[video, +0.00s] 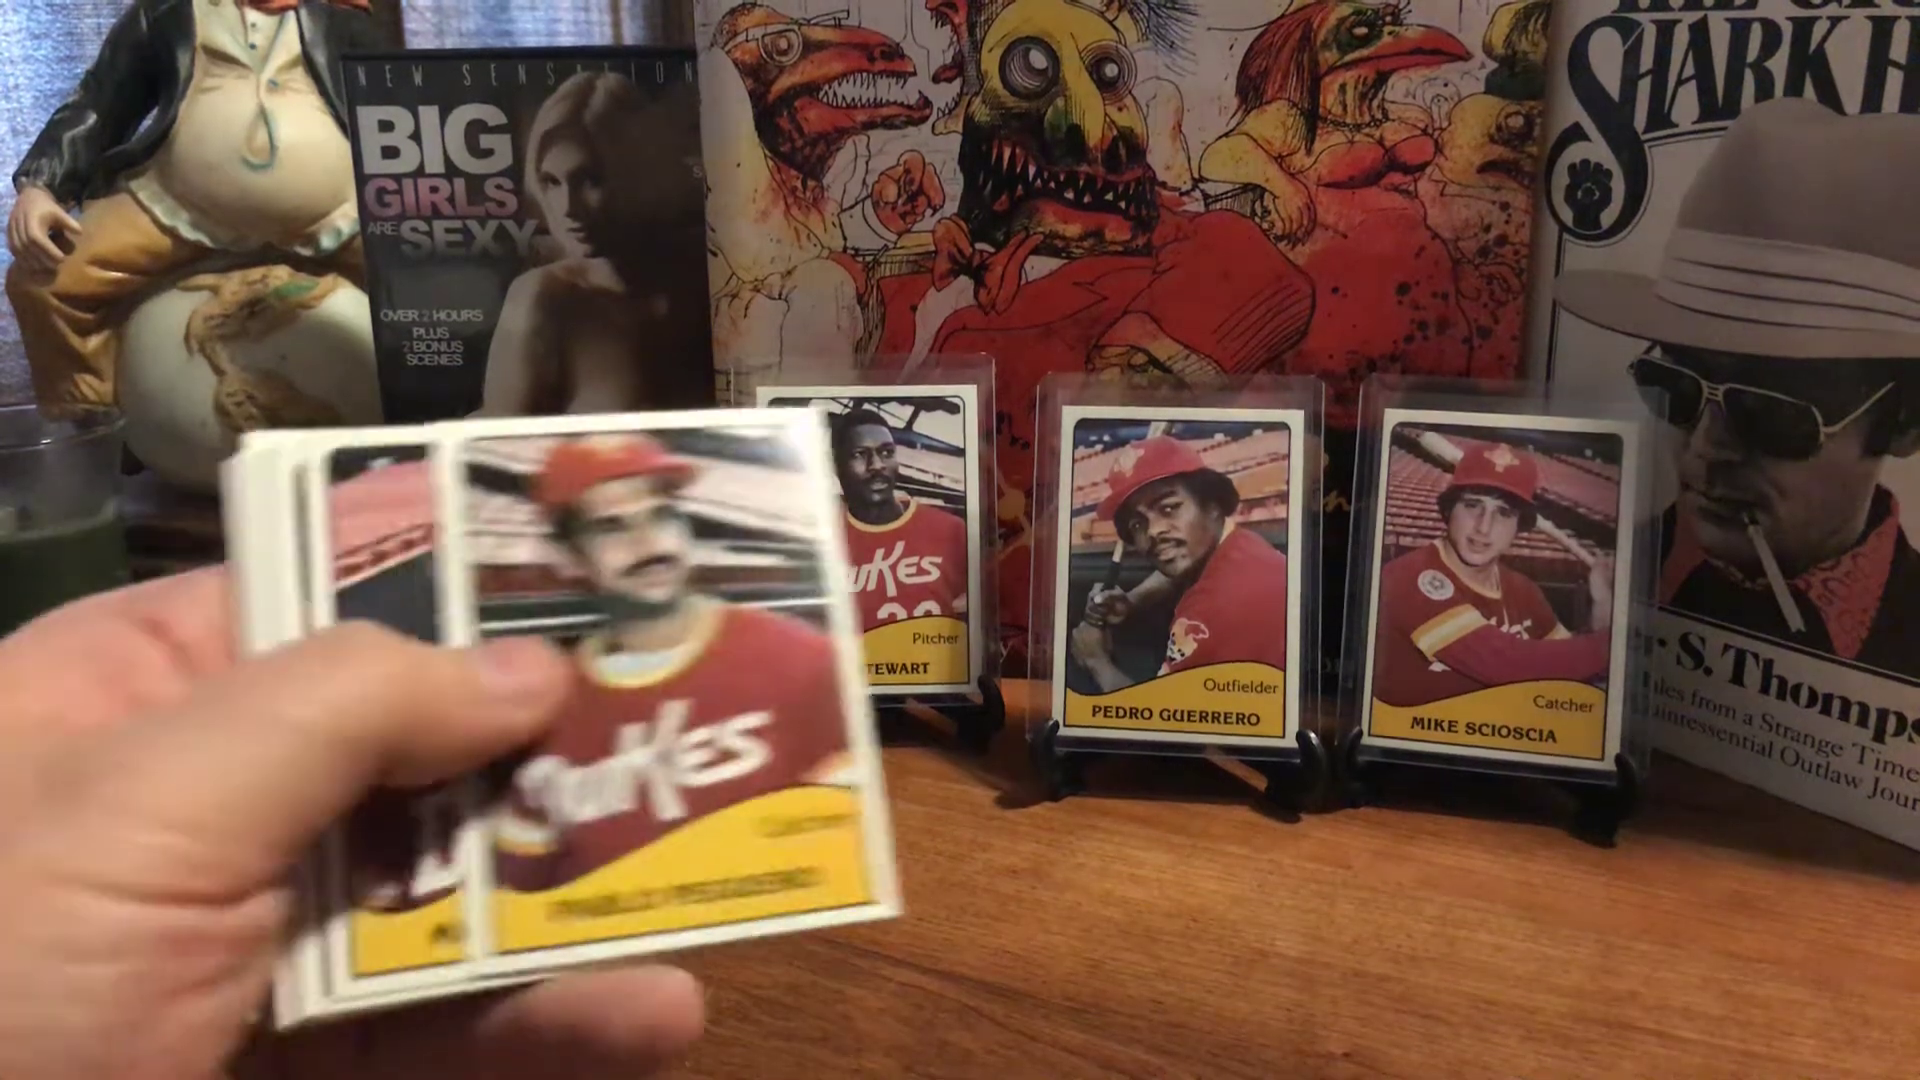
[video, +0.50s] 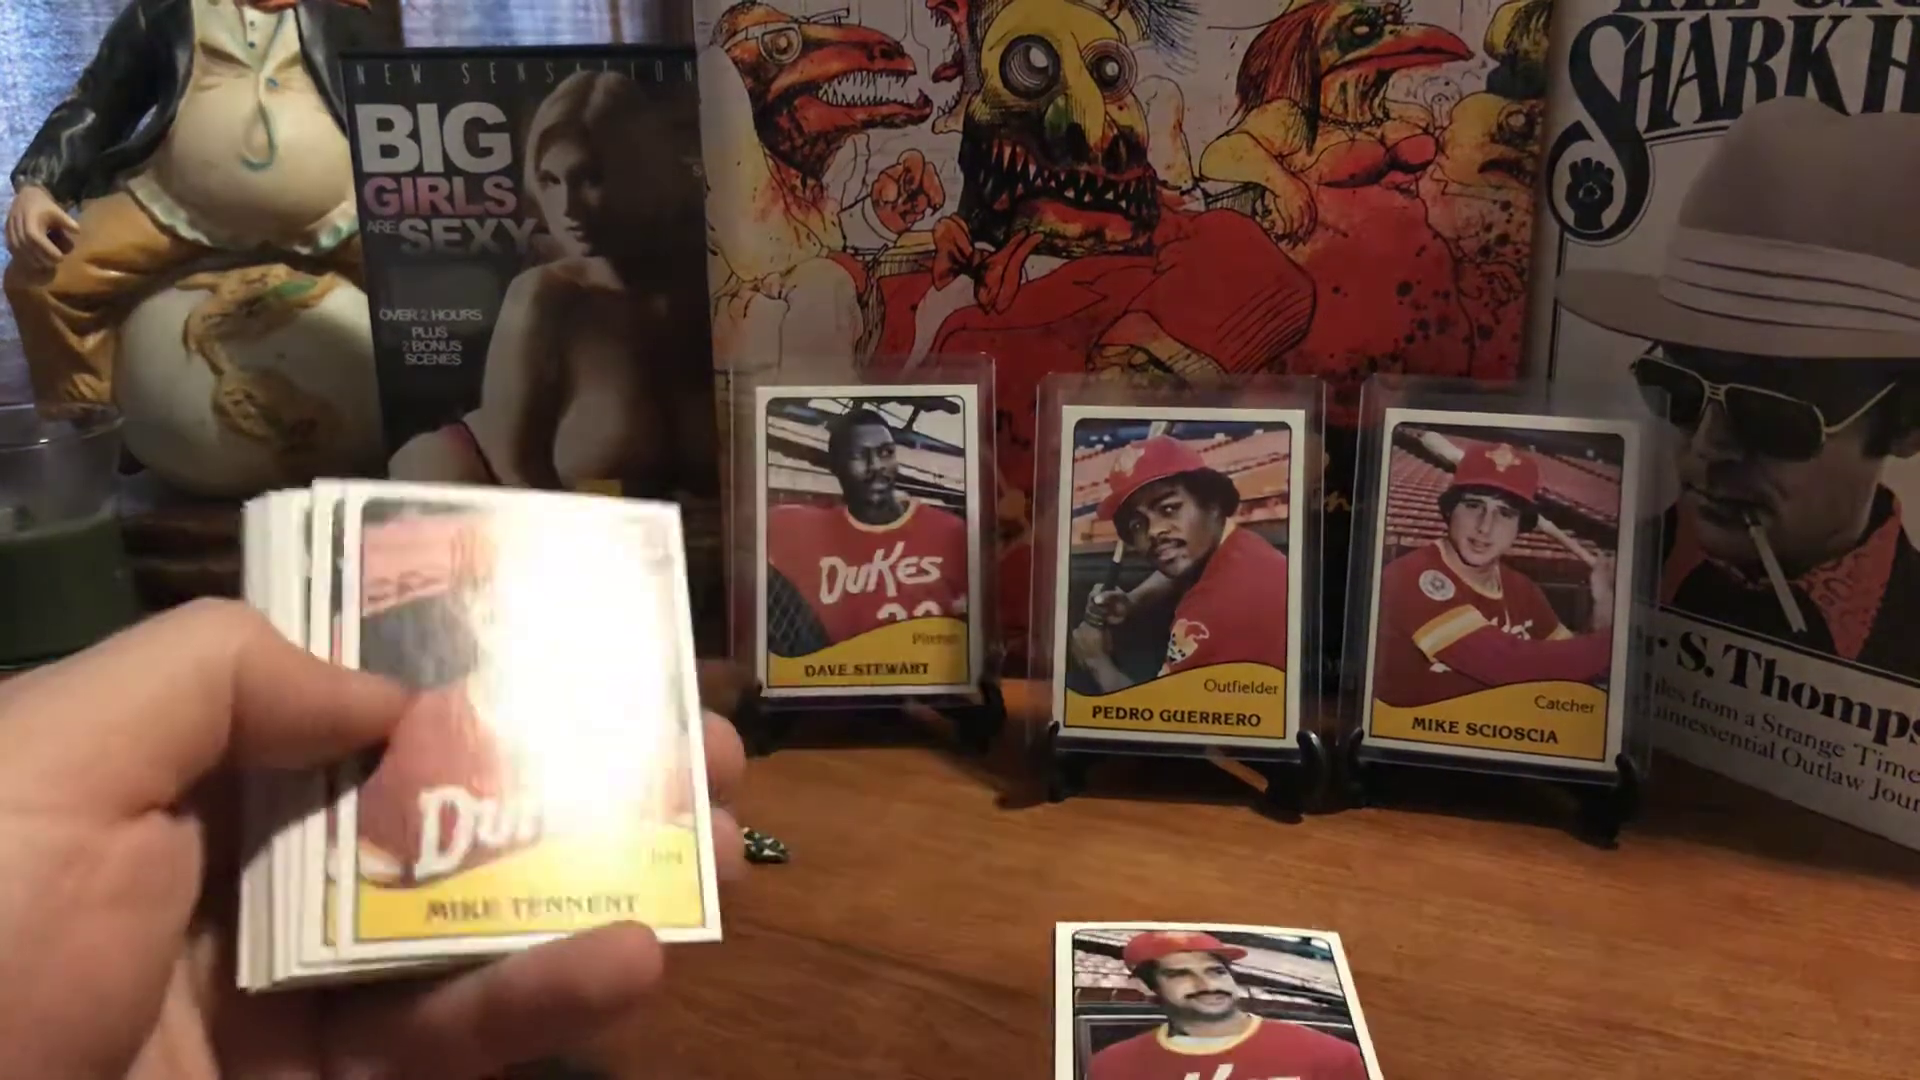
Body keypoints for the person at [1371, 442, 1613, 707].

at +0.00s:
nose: (1483, 527)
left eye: (1503, 513)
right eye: (1472, 505)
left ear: (1519, 526)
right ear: (1449, 509)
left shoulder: (1522, 591)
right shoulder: (1413, 579)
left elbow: (1575, 671)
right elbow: (1501, 664)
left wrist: (1603, 606)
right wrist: (1616, 642)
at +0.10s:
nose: (1483, 527)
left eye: (1504, 512)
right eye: (1473, 505)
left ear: (1519, 526)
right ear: (1449, 508)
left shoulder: (1521, 591)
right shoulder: (1412, 578)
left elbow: (1575, 670)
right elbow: (1503, 664)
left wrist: (1603, 606)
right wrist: (1614, 643)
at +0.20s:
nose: (1484, 526)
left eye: (1504, 512)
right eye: (1473, 505)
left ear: (1520, 526)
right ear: (1449, 508)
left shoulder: (1522, 590)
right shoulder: (1412, 578)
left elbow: (1576, 670)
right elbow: (1502, 663)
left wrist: (1603, 606)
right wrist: (1613, 644)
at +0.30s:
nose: (1484, 526)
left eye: (1504, 512)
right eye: (1474, 504)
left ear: (1520, 526)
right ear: (1449, 508)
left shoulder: (1522, 590)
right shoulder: (1413, 578)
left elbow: (1576, 669)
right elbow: (1503, 664)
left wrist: (1604, 605)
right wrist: (1617, 643)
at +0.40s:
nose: (1485, 526)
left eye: (1504, 513)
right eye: (1474, 505)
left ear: (1519, 527)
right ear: (1450, 509)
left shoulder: (1521, 590)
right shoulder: (1414, 578)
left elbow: (1577, 668)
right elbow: (1501, 663)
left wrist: (1604, 602)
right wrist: (1618, 642)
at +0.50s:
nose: (1485, 526)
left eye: (1504, 513)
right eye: (1474, 505)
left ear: (1519, 527)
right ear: (1450, 509)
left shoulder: (1521, 590)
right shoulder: (1414, 578)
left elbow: (1578, 668)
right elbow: (1502, 664)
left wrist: (1603, 602)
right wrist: (1617, 641)